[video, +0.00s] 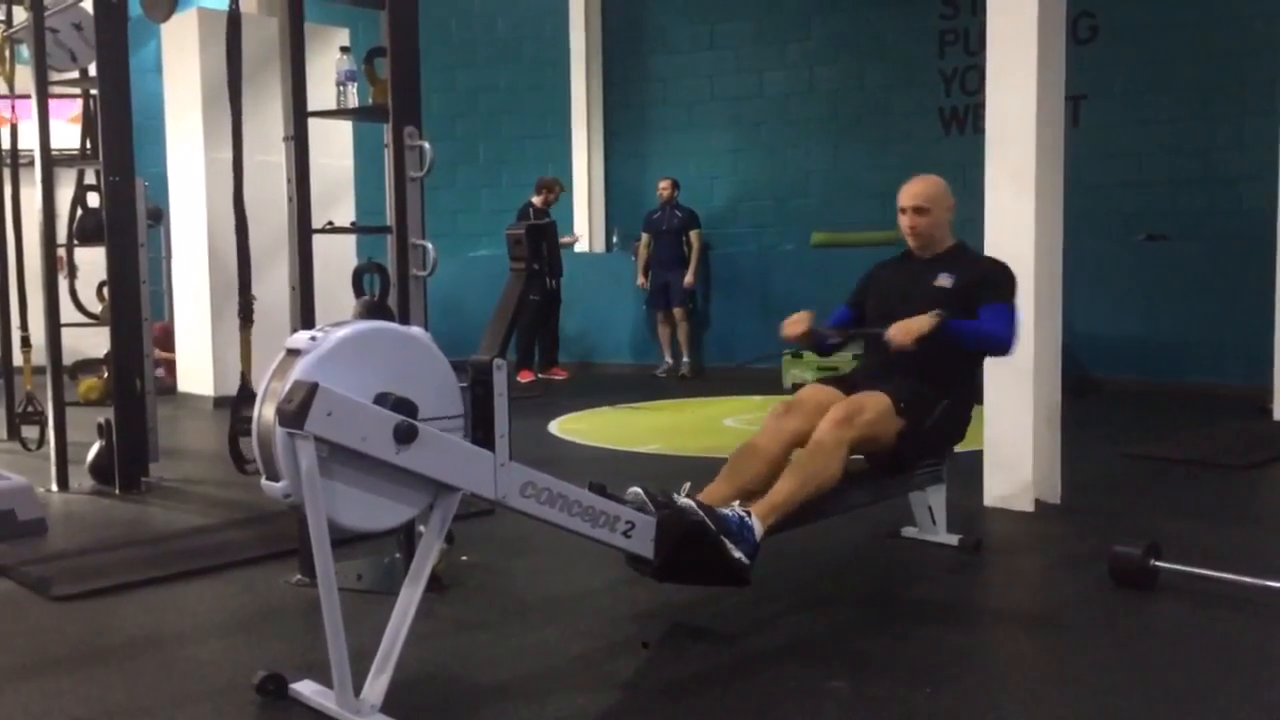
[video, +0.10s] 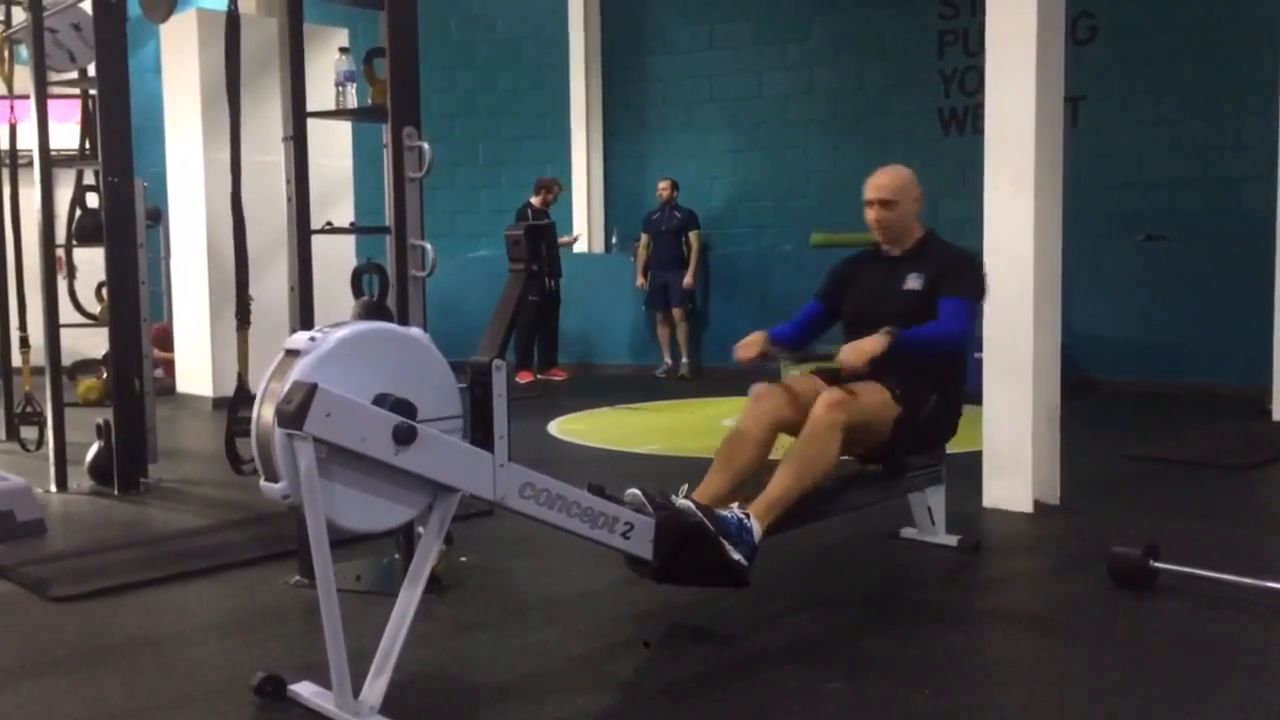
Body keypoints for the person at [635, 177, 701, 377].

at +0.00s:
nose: (660, 193)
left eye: (664, 189)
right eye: (659, 189)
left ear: (675, 192)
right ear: (657, 192)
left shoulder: (687, 215)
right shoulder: (651, 216)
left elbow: (696, 245)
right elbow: (644, 245)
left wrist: (691, 272)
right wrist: (641, 272)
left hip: (679, 272)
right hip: (657, 273)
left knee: (679, 314)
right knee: (661, 316)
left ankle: (685, 359)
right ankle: (667, 359)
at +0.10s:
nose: (660, 193)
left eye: (664, 189)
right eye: (658, 190)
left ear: (674, 192)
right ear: (657, 193)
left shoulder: (686, 216)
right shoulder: (650, 217)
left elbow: (695, 245)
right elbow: (643, 246)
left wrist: (690, 273)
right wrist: (640, 273)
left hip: (678, 273)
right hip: (656, 273)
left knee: (678, 315)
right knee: (661, 317)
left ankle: (684, 359)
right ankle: (666, 359)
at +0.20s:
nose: (659, 194)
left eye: (663, 190)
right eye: (658, 191)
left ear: (674, 193)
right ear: (657, 193)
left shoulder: (686, 217)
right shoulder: (650, 218)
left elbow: (695, 247)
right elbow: (643, 247)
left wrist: (690, 274)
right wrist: (640, 274)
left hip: (677, 274)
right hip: (656, 274)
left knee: (678, 316)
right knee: (660, 318)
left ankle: (684, 360)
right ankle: (666, 361)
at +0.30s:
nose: (659, 195)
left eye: (663, 192)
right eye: (658, 192)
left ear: (673, 195)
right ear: (656, 195)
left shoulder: (686, 218)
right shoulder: (649, 219)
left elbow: (694, 247)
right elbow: (642, 248)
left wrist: (689, 276)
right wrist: (639, 276)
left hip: (677, 275)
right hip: (655, 276)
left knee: (678, 317)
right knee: (660, 320)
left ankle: (683, 357)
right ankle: (666, 360)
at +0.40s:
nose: (659, 197)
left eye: (663, 193)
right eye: (658, 194)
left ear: (674, 196)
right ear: (656, 196)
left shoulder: (686, 219)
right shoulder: (649, 221)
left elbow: (694, 249)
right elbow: (642, 249)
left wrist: (689, 277)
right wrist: (639, 277)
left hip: (677, 277)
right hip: (655, 277)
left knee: (677, 317)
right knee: (659, 319)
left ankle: (680, 357)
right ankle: (661, 357)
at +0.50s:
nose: (659, 198)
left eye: (663, 195)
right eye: (658, 195)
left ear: (673, 198)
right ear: (656, 198)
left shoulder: (685, 220)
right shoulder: (649, 222)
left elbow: (694, 251)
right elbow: (642, 250)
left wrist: (689, 278)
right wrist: (639, 279)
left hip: (677, 279)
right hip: (655, 279)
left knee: (676, 323)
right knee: (657, 323)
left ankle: (678, 369)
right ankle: (665, 367)